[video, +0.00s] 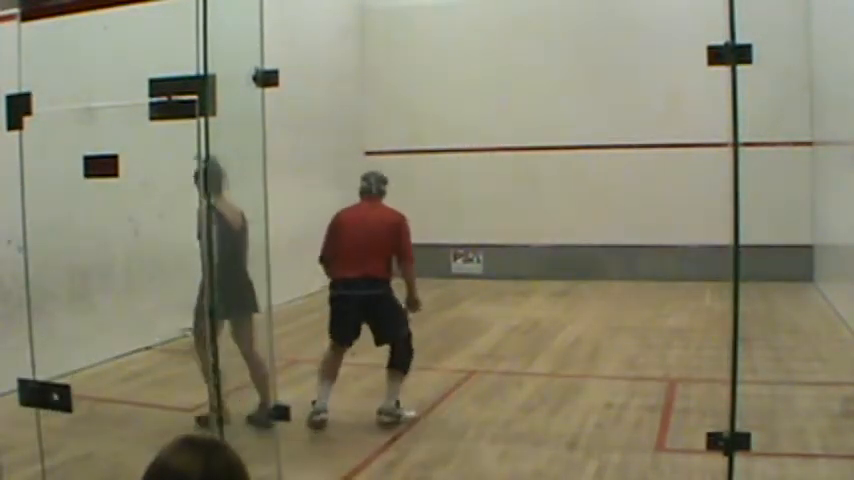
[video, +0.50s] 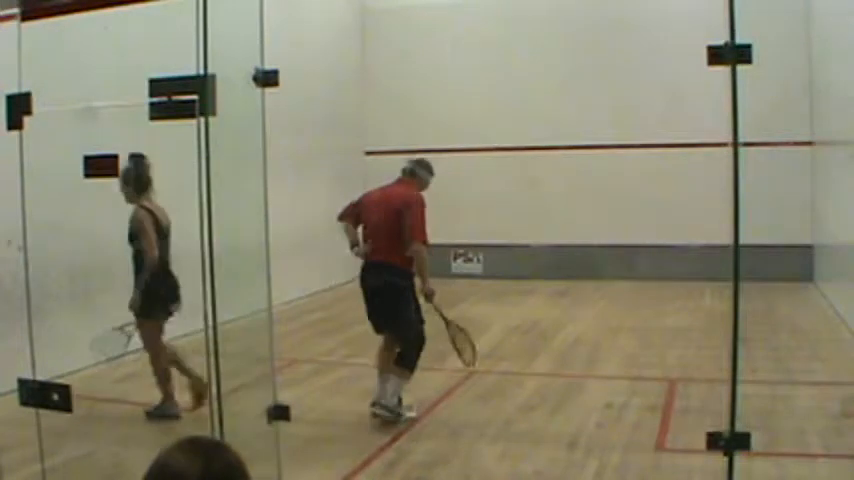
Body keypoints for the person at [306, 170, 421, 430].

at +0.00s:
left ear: (360, 192)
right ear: (384, 192)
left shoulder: (342, 217)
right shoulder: (395, 219)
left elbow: (325, 258)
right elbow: (406, 261)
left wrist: (341, 280)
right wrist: (412, 294)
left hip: (343, 295)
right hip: (378, 294)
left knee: (337, 346)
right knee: (402, 342)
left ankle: (320, 404)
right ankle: (390, 405)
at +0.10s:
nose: (387, 193)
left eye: (382, 187)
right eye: (393, 189)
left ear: (374, 188)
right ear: (397, 190)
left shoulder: (354, 213)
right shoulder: (406, 218)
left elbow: (335, 253)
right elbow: (416, 260)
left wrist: (343, 285)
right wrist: (422, 294)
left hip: (351, 294)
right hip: (385, 295)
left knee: (344, 341)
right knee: (403, 347)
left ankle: (325, 398)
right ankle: (388, 408)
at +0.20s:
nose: (401, 192)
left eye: (394, 185)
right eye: (405, 188)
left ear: (384, 185)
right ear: (407, 187)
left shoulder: (362, 209)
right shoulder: (413, 215)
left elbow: (340, 247)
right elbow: (424, 259)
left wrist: (342, 282)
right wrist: (431, 295)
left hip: (357, 291)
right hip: (390, 294)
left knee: (357, 340)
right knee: (405, 349)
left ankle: (336, 393)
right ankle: (389, 407)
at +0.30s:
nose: (411, 185)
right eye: (414, 181)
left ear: (391, 177)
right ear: (415, 181)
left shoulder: (368, 201)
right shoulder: (417, 208)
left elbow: (343, 235)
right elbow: (425, 254)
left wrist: (342, 269)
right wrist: (434, 289)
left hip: (361, 281)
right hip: (392, 284)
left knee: (373, 333)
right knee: (405, 344)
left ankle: (356, 393)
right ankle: (390, 405)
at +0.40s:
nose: (418, 183)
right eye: (420, 178)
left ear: (398, 172)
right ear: (421, 177)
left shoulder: (371, 194)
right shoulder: (417, 200)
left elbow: (344, 220)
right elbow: (423, 247)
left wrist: (346, 254)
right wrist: (431, 284)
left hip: (365, 274)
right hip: (394, 279)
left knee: (384, 335)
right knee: (406, 342)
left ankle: (377, 395)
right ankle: (389, 405)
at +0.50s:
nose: (425, 189)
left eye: (426, 184)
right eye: (425, 183)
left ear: (404, 174)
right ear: (419, 178)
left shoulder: (375, 195)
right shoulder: (413, 198)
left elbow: (347, 217)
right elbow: (416, 245)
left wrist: (355, 245)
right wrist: (426, 282)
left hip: (371, 271)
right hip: (396, 275)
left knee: (391, 335)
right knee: (413, 337)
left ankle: (382, 397)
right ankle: (391, 400)